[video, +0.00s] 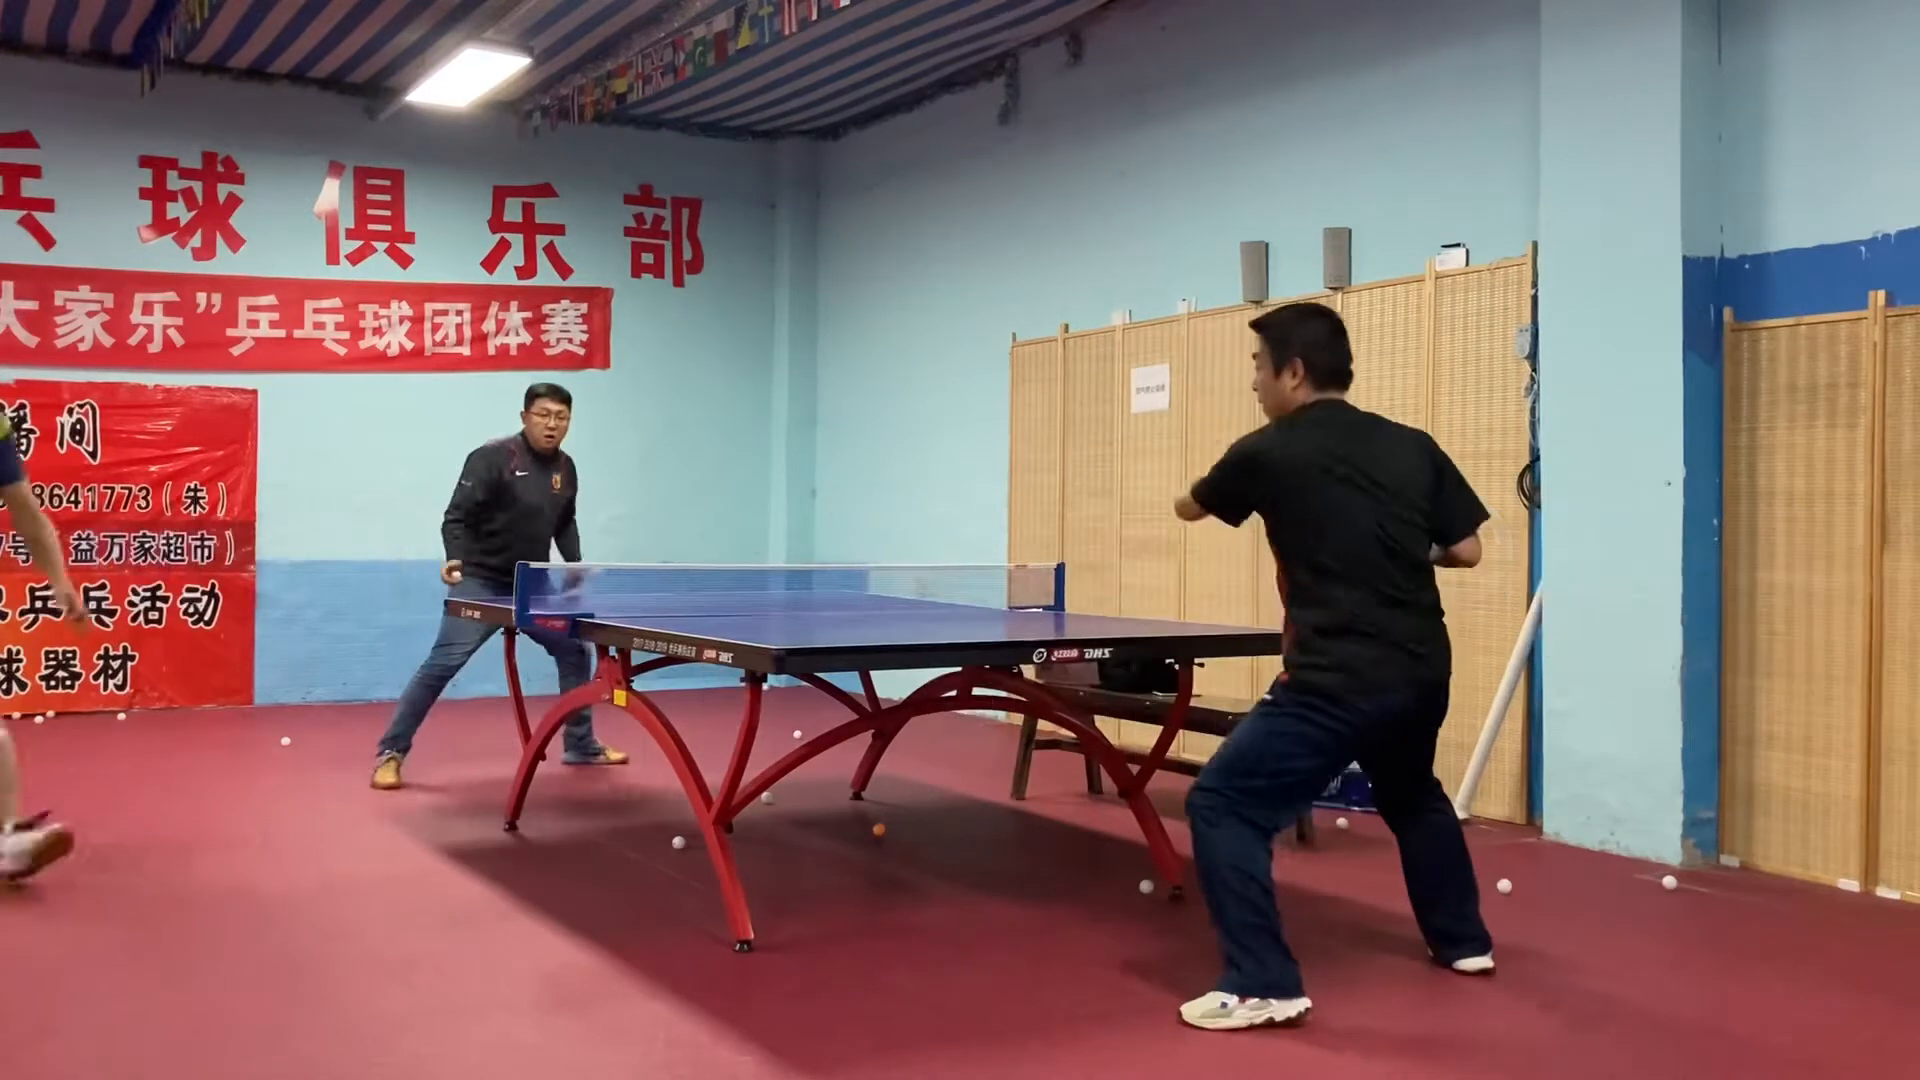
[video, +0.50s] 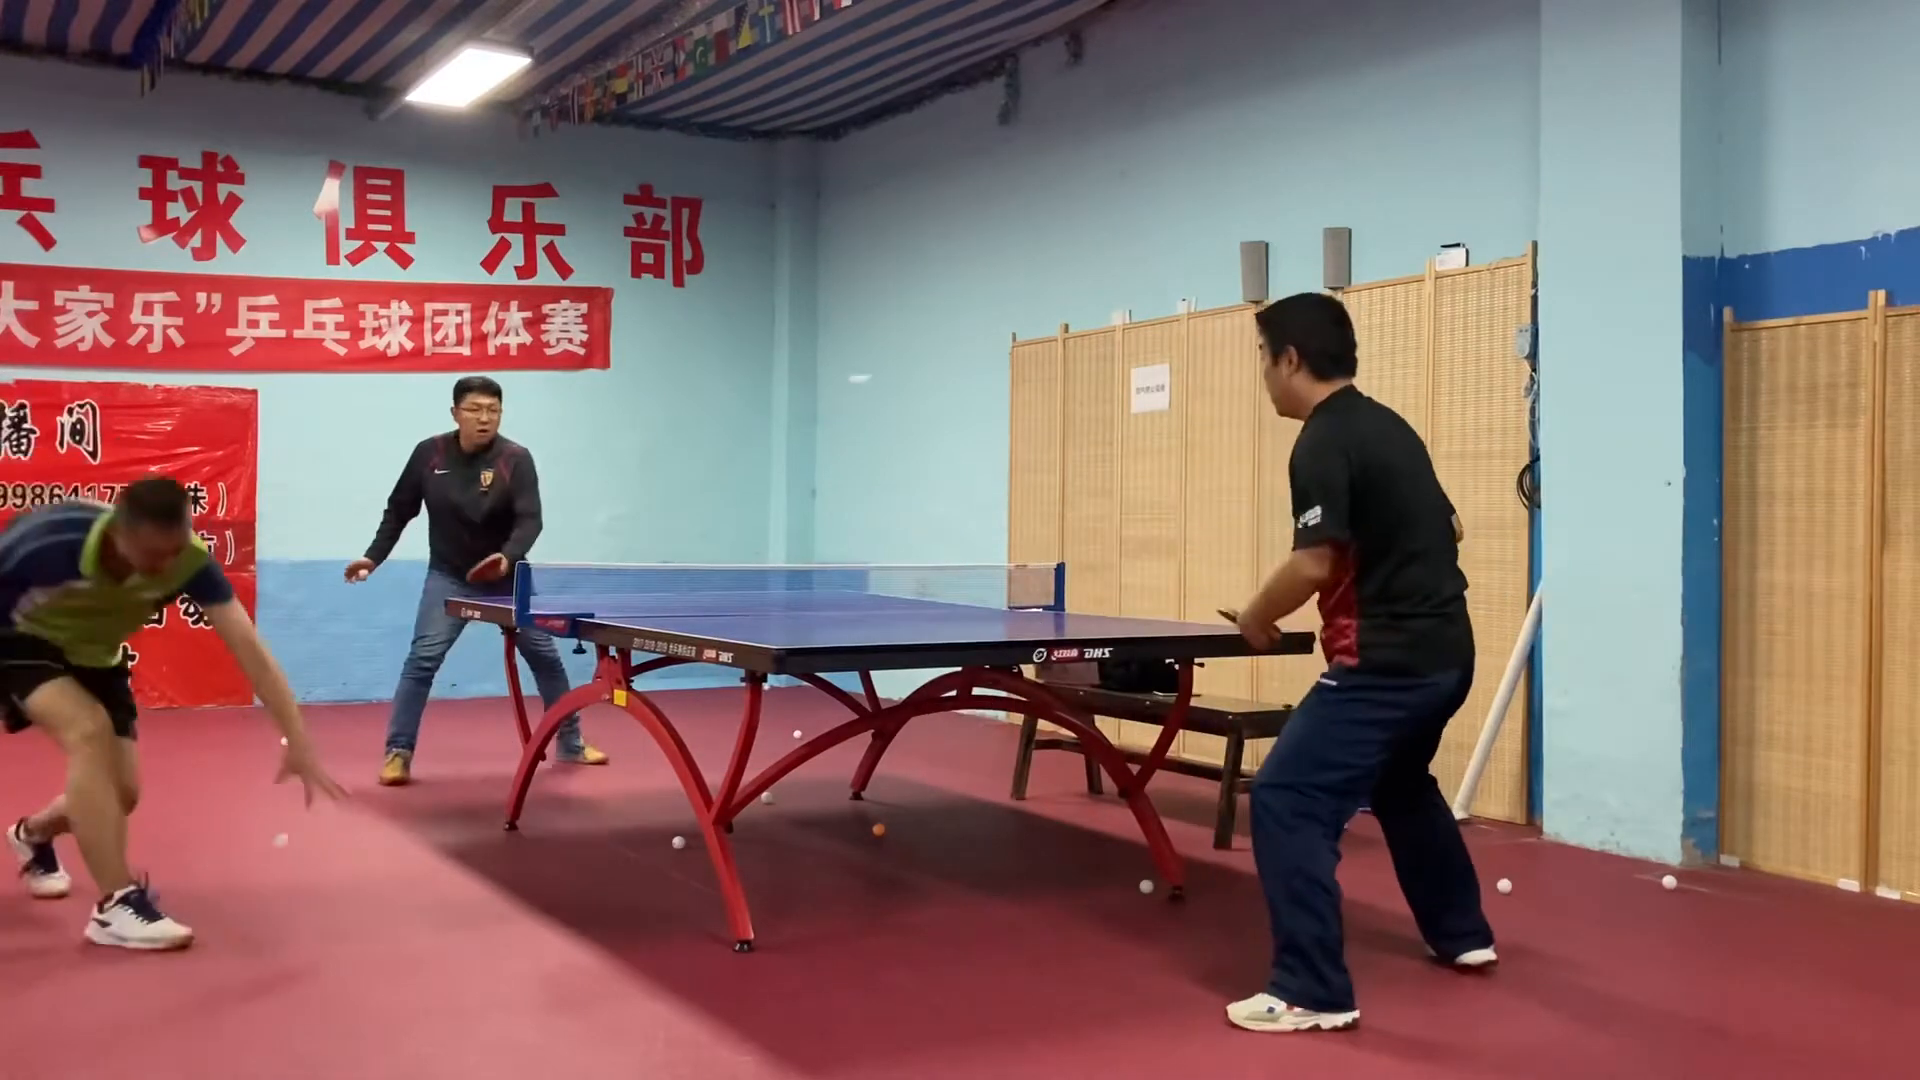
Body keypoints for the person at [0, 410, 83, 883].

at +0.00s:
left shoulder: (2, 428)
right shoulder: (4, 431)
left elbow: (26, 508)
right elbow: (26, 509)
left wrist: (60, 579)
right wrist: (61, 580)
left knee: (1, 723)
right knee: (0, 724)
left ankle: (9, 826)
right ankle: (7, 827)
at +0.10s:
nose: (12, 399)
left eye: (17, 387)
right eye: (6, 387)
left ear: (25, 380)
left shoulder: (32, 437)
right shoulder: (27, 435)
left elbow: (84, 525)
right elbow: (83, 525)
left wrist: (121, 596)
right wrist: (122, 598)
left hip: (10, 589)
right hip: (10, 591)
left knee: (19, 705)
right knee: (16, 708)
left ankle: (20, 846)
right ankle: (17, 846)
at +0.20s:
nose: (34, 430)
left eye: (48, 418)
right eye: (23, 417)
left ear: (61, 408)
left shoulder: (73, 454)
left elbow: (130, 537)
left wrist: (172, 613)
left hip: (27, 594)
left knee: (51, 709)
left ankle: (23, 849)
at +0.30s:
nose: (72, 462)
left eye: (84, 450)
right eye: (60, 449)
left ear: (98, 435)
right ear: (32, 426)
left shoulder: (111, 470)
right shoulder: (2, 453)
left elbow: (169, 553)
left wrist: (215, 634)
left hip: (58, 601)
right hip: (1, 602)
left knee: (77, 725)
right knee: (21, 703)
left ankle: (25, 845)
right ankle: (6, 850)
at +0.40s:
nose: (115, 507)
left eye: (127, 494)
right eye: (102, 494)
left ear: (140, 477)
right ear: (71, 471)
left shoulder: (153, 511)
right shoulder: (18, 493)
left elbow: (208, 593)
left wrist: (257, 676)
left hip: (79, 625)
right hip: (10, 619)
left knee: (93, 752)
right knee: (51, 718)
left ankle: (25, 841)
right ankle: (85, 874)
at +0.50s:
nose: (162, 565)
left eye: (173, 553)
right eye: (151, 554)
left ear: (185, 533)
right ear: (119, 535)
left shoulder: (191, 560)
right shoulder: (49, 545)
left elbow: (246, 644)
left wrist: (298, 739)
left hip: (98, 656)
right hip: (23, 643)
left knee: (120, 794)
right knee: (89, 732)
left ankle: (33, 833)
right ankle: (117, 902)